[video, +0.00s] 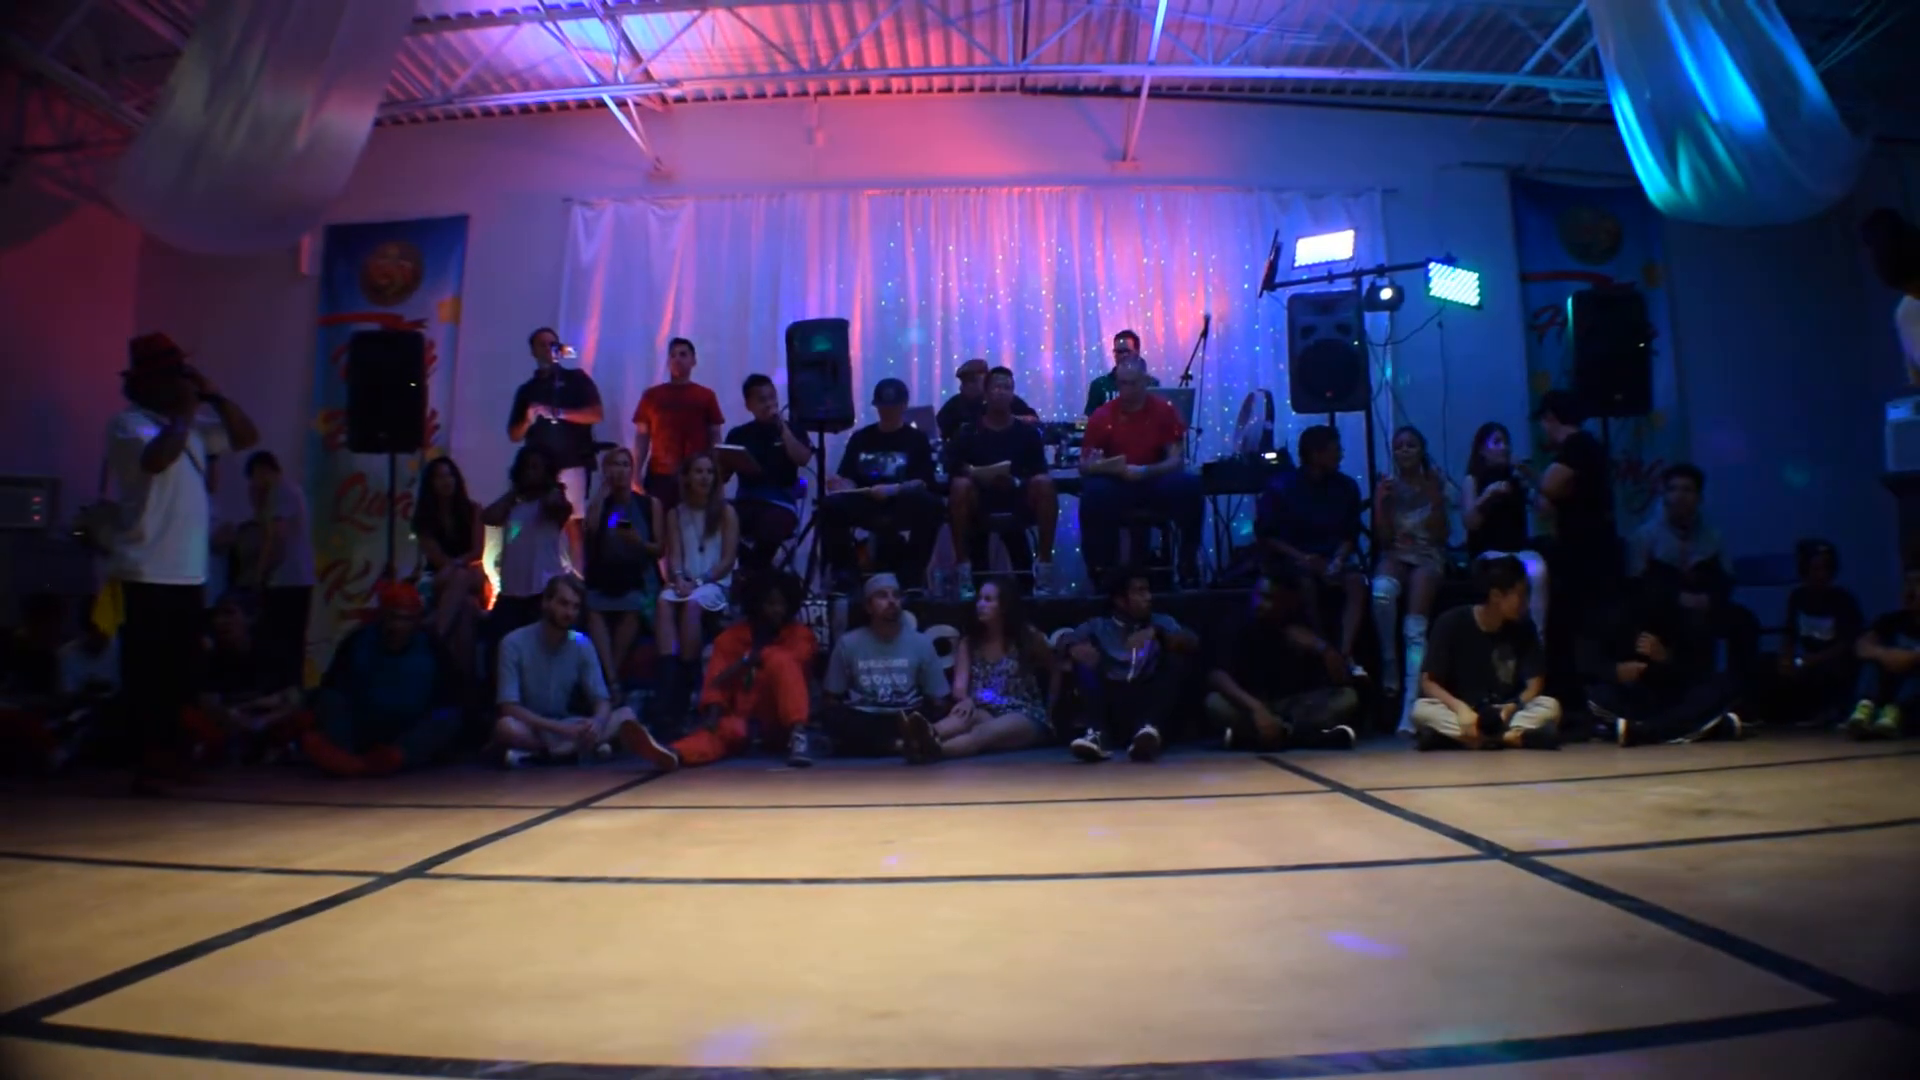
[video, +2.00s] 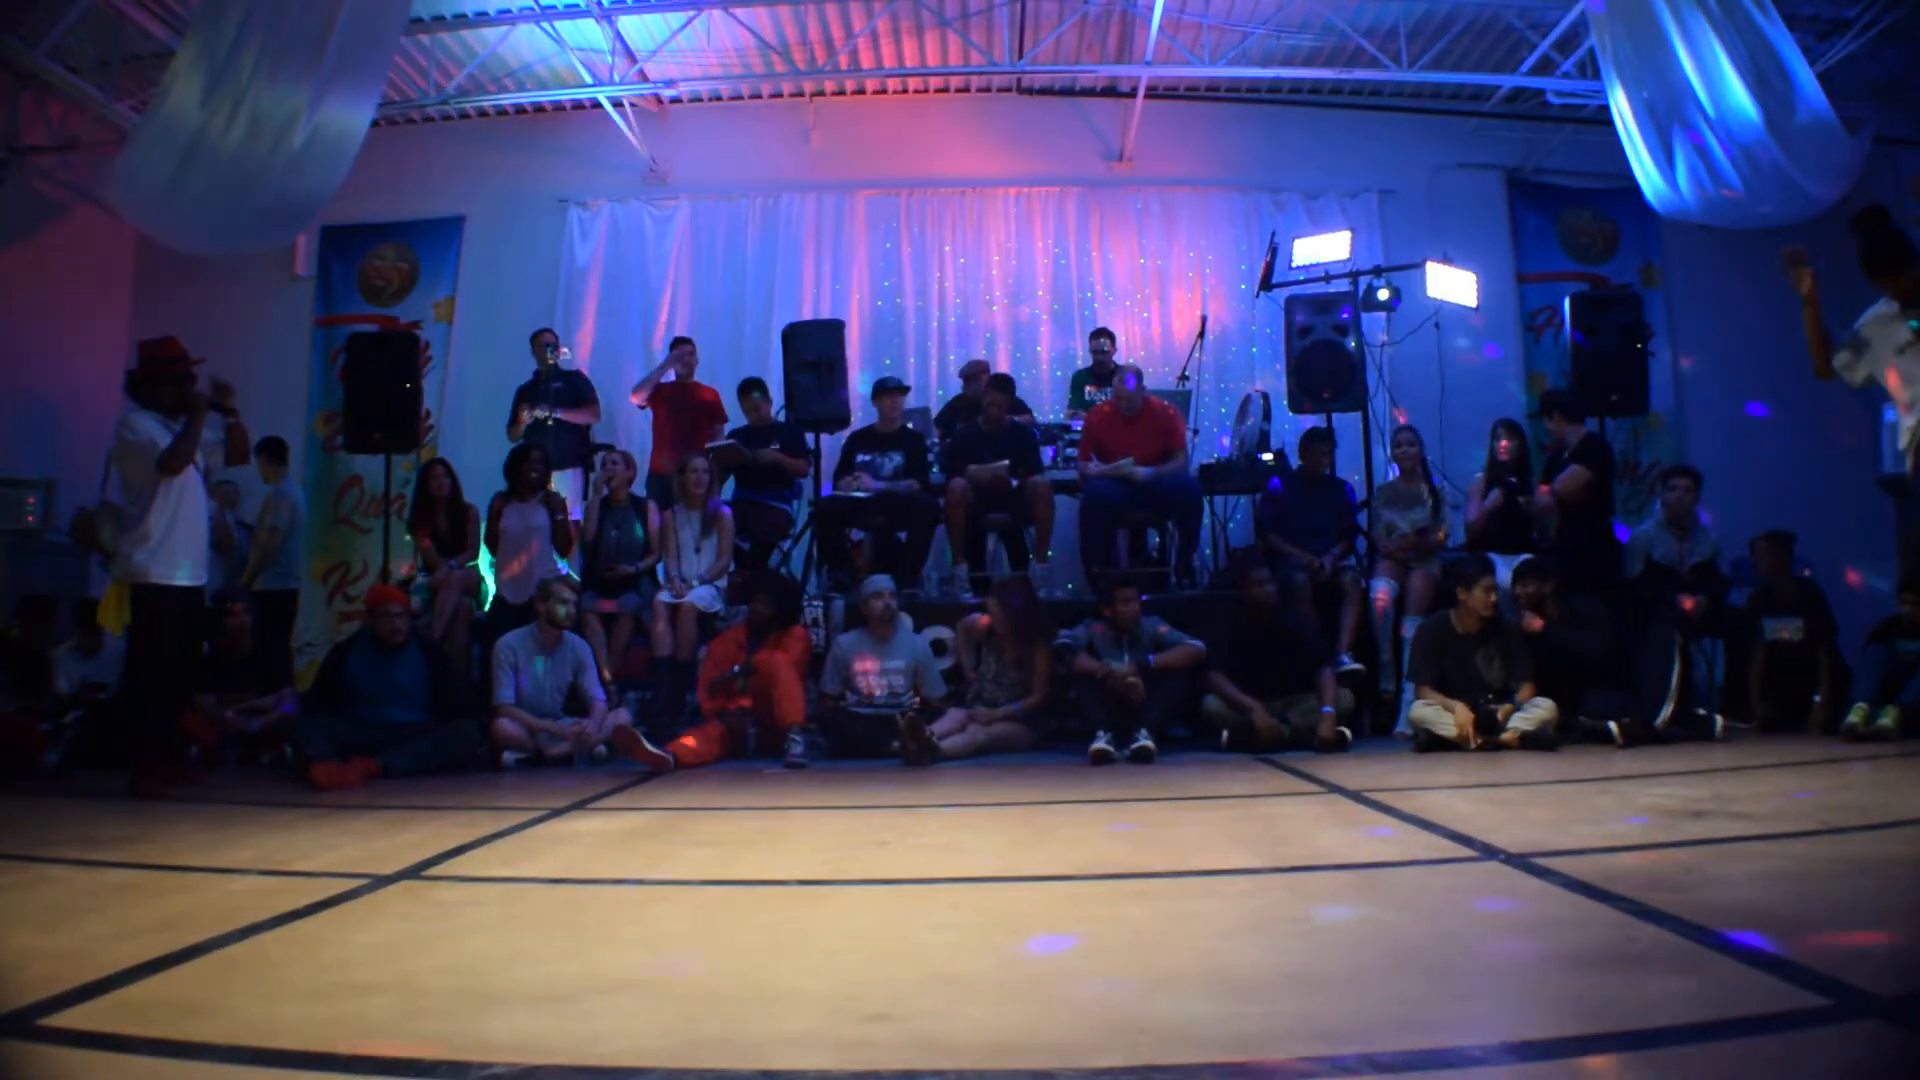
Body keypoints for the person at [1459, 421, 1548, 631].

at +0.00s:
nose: (1501, 447)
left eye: (1504, 442)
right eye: (1495, 442)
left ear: (1509, 446)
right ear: (1481, 448)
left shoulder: (1517, 475)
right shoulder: (1474, 478)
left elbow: (1544, 506)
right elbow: (1470, 519)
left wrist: (1530, 482)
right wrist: (1488, 494)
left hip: (1519, 546)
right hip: (1488, 547)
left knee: (1537, 569)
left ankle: (1538, 635)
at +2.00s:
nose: (1503, 445)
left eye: (1510, 439)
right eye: (1498, 440)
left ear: (1520, 444)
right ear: (1492, 444)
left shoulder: (1531, 481)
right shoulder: (1481, 481)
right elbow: (1472, 523)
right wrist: (1489, 505)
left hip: (1524, 551)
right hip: (1491, 551)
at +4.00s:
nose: (1514, 442)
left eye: (1516, 436)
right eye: (1507, 436)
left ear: (1520, 440)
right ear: (1492, 443)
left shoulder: (1524, 477)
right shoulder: (1479, 481)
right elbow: (1471, 528)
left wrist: (1541, 506)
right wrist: (1492, 508)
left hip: (1524, 551)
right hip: (1491, 551)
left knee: (1539, 588)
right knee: (1510, 588)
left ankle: (1527, 648)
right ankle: (1503, 647)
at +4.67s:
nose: (1509, 451)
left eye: (1514, 445)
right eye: (1503, 445)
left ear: (1521, 449)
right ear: (1491, 449)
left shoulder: (1528, 481)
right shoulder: (1478, 482)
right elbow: (1470, 526)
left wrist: (1531, 506)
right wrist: (1494, 502)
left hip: (1525, 552)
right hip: (1490, 552)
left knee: (1539, 587)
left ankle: (1527, 647)